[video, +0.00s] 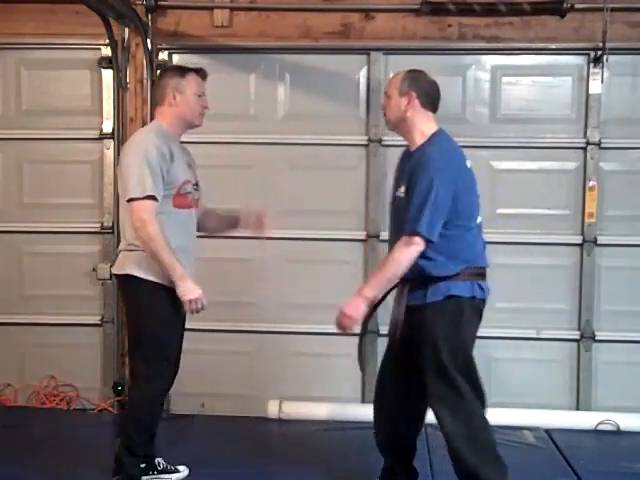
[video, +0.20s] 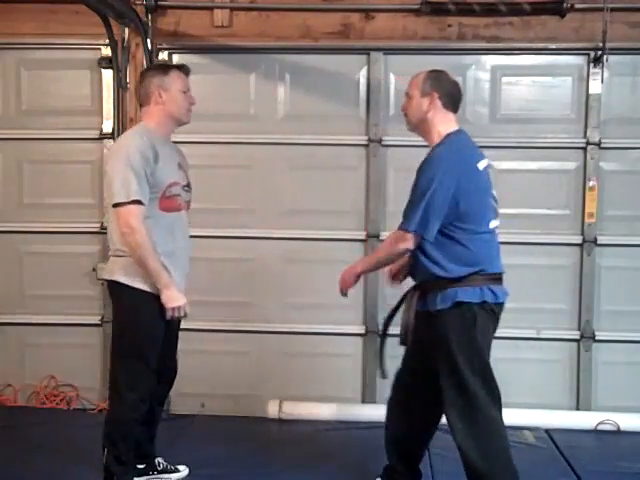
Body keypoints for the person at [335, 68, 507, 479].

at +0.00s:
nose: (382, 105)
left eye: (387, 97)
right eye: (384, 96)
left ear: (410, 102)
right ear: (414, 104)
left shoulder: (436, 157)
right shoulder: (416, 155)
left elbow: (414, 242)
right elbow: (412, 238)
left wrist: (363, 299)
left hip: (449, 293)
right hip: (421, 293)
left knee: (454, 405)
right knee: (394, 403)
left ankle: (487, 476)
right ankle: (398, 474)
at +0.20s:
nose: (403, 106)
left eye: (408, 97)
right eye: (405, 97)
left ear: (432, 102)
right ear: (439, 103)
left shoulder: (443, 159)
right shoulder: (464, 151)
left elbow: (406, 237)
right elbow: (455, 222)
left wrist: (358, 267)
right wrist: (415, 255)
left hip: (460, 299)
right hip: (449, 296)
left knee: (472, 412)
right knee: (412, 399)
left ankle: (498, 479)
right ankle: (399, 474)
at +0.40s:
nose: (419, 108)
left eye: (425, 100)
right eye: (421, 99)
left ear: (451, 104)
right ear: (459, 106)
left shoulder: (442, 163)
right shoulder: (494, 152)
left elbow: (397, 231)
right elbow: (527, 217)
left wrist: (341, 265)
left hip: (460, 302)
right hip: (490, 298)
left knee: (470, 413)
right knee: (420, 401)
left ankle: (498, 478)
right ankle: (401, 475)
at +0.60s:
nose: (421, 109)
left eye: (427, 101)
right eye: (423, 100)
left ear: (454, 106)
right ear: (462, 108)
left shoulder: (441, 163)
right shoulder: (504, 155)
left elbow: (399, 233)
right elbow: (545, 208)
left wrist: (336, 275)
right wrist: (511, 181)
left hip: (453, 304)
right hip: (482, 300)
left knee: (464, 412)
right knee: (399, 385)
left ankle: (497, 479)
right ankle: (374, 474)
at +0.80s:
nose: (404, 109)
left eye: (410, 101)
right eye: (406, 100)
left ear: (435, 108)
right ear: (442, 110)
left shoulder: (435, 163)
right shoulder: (466, 156)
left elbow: (409, 245)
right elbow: (482, 216)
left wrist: (343, 286)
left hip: (440, 307)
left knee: (455, 416)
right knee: (375, 404)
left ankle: (494, 476)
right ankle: (339, 474)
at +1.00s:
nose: (376, 106)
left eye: (382, 99)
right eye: (378, 98)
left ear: (405, 107)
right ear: (406, 108)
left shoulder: (427, 168)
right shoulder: (386, 156)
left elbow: (414, 251)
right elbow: (352, 169)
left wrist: (356, 289)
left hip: (421, 309)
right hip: (378, 307)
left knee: (442, 414)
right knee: (343, 404)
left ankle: (487, 477)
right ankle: (336, 475)